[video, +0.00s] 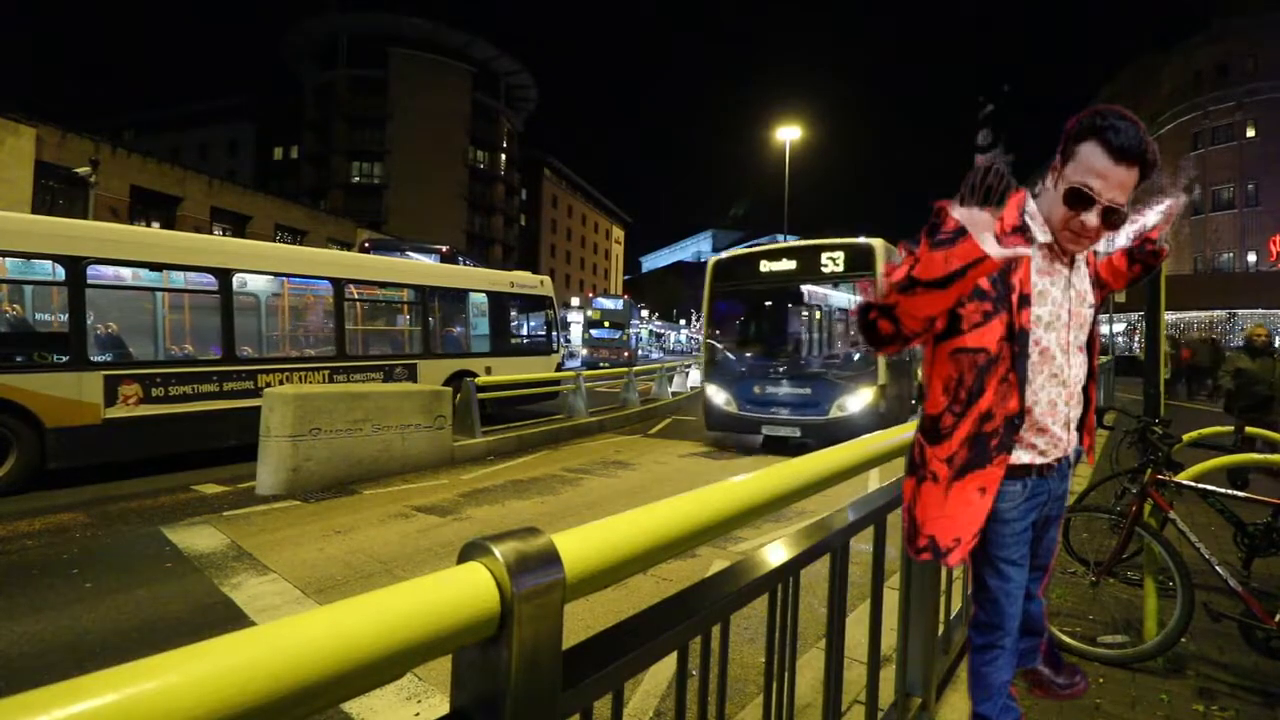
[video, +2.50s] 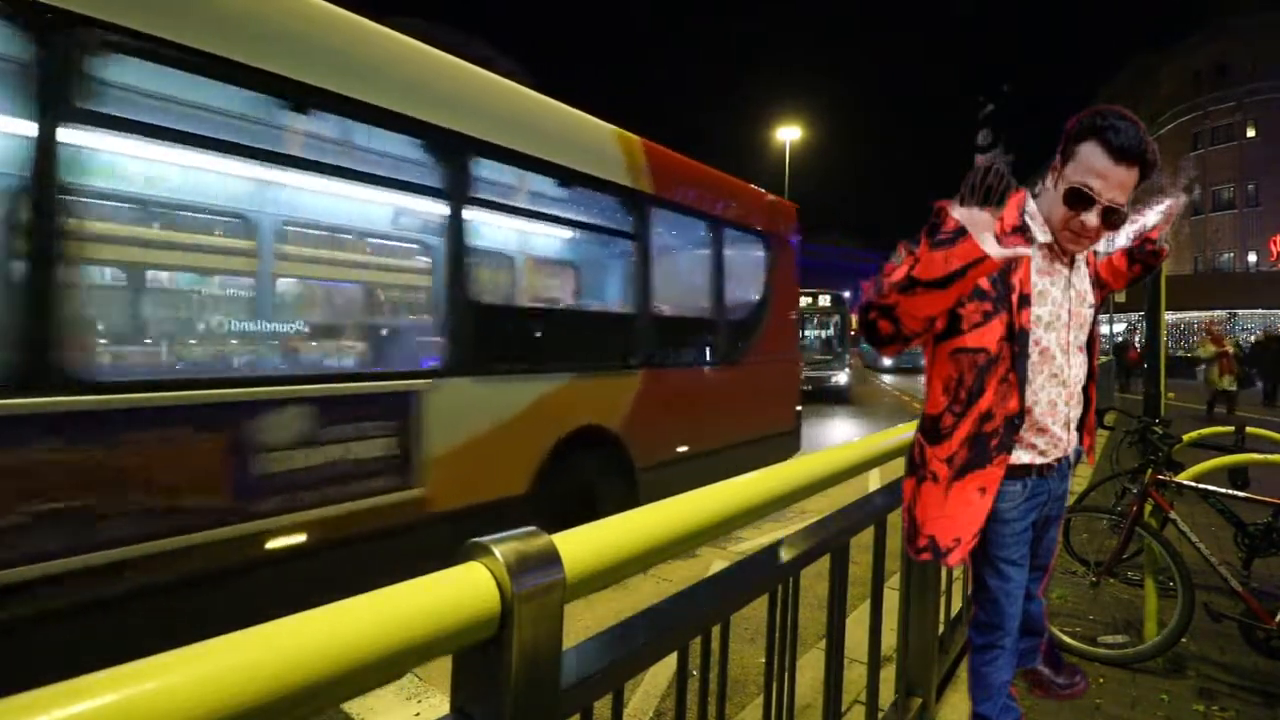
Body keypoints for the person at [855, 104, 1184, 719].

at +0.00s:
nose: (1089, 222)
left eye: (1109, 212)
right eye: (1080, 197)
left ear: (1123, 211)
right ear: (1052, 171)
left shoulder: (1083, 263)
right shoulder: (982, 241)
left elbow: (1111, 274)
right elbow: (882, 328)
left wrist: (1150, 241)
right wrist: (963, 246)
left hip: (1057, 468)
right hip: (1000, 474)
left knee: (1034, 581)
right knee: (1000, 612)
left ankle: (1028, 659)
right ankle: (994, 709)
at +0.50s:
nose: (1089, 222)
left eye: (1109, 212)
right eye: (1080, 198)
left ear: (1123, 211)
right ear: (1053, 171)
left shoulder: (1084, 264)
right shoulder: (984, 243)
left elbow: (1117, 269)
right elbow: (883, 327)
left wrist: (1152, 240)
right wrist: (961, 245)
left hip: (1057, 467)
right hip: (1000, 475)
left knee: (1035, 581)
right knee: (1000, 611)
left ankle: (1028, 659)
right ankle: (994, 709)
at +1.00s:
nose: (1089, 222)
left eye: (1109, 212)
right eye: (1080, 197)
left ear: (1123, 211)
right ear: (1052, 171)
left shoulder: (1083, 263)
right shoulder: (984, 242)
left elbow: (1110, 274)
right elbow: (883, 327)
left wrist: (1150, 241)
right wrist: (963, 244)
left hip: (1057, 467)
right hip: (1000, 474)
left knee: (1035, 581)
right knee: (1000, 611)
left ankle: (1028, 659)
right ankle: (994, 709)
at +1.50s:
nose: (1089, 222)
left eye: (1109, 212)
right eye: (1080, 197)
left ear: (1123, 211)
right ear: (1052, 171)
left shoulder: (1083, 264)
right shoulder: (984, 242)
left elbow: (1112, 273)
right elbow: (882, 326)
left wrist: (1150, 241)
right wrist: (962, 245)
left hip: (1057, 467)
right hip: (1000, 474)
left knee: (1035, 581)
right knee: (999, 611)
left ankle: (1028, 659)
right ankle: (994, 709)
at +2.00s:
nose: (1089, 222)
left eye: (1109, 212)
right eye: (1080, 198)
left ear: (1123, 211)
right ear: (1052, 171)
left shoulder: (1084, 264)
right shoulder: (985, 242)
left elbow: (1116, 271)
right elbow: (883, 327)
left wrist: (1151, 240)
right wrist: (962, 245)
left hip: (1057, 467)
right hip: (1000, 474)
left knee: (1035, 581)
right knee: (1000, 611)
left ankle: (1028, 659)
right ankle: (994, 709)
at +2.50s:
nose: (1089, 222)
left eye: (1110, 212)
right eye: (1080, 197)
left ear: (1124, 210)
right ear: (1052, 171)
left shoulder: (1085, 263)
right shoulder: (985, 243)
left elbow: (1117, 270)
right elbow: (880, 327)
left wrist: (1150, 242)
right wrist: (963, 246)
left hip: (1057, 467)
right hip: (1000, 474)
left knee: (1035, 581)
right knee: (1000, 611)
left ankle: (1028, 659)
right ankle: (994, 709)